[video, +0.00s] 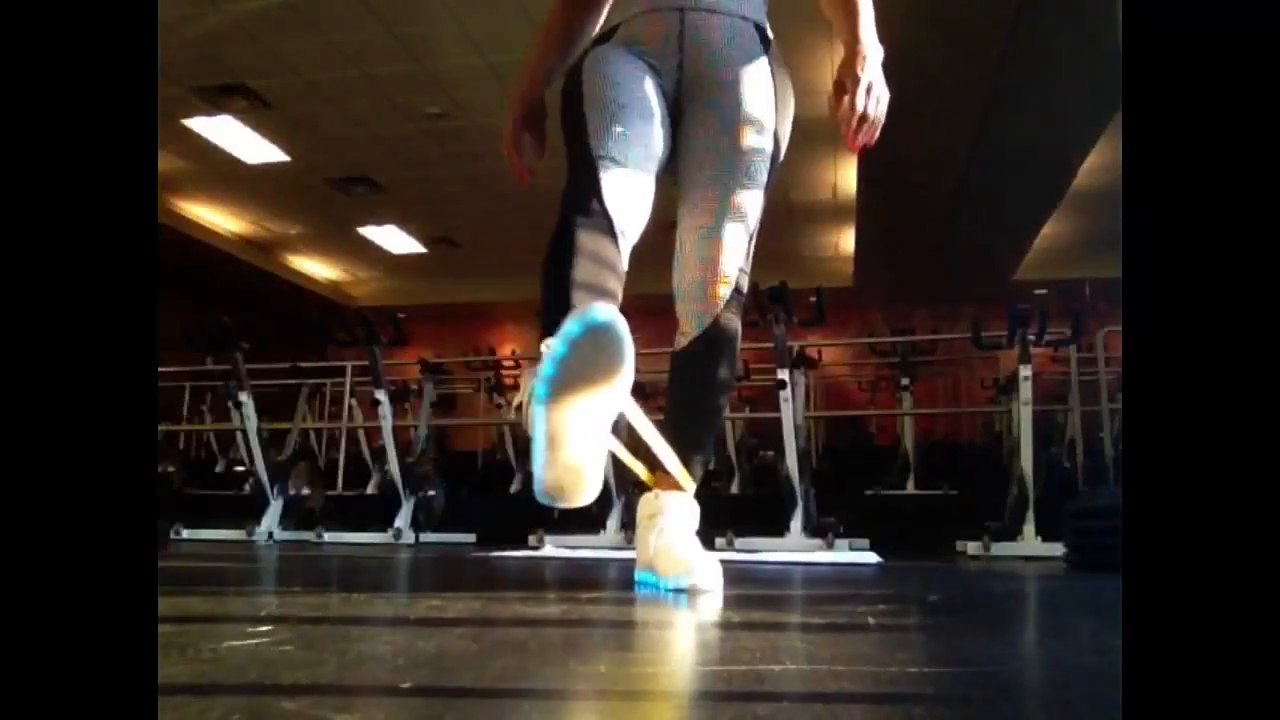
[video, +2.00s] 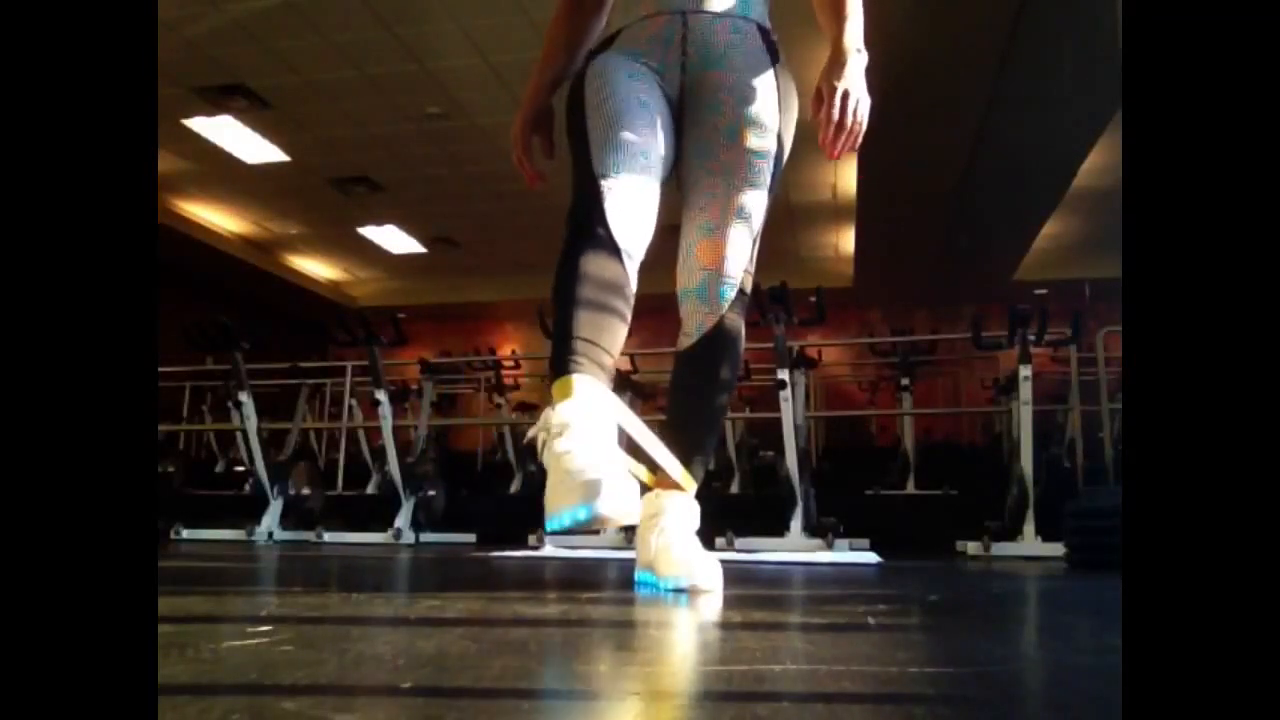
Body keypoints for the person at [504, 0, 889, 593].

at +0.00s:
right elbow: (589, 4)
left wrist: (864, 45)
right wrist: (533, 87)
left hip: (737, 33)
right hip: (623, 31)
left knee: (715, 283)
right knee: (604, 195)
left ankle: (671, 513)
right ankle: (570, 417)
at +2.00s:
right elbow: (588, 3)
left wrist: (850, 51)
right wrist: (542, 90)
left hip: (742, 34)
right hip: (628, 34)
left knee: (717, 286)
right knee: (615, 203)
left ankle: (673, 513)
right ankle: (577, 430)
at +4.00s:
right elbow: (589, 3)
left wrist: (867, 72)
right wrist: (550, 82)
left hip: (744, 25)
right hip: (632, 25)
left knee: (722, 273)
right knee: (597, 203)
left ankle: (673, 516)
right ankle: (533, 441)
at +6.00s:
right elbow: (591, 4)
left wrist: (866, 72)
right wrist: (552, 79)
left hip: (737, 31)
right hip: (628, 33)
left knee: (710, 272)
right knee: (590, 182)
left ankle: (673, 512)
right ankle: (528, 401)